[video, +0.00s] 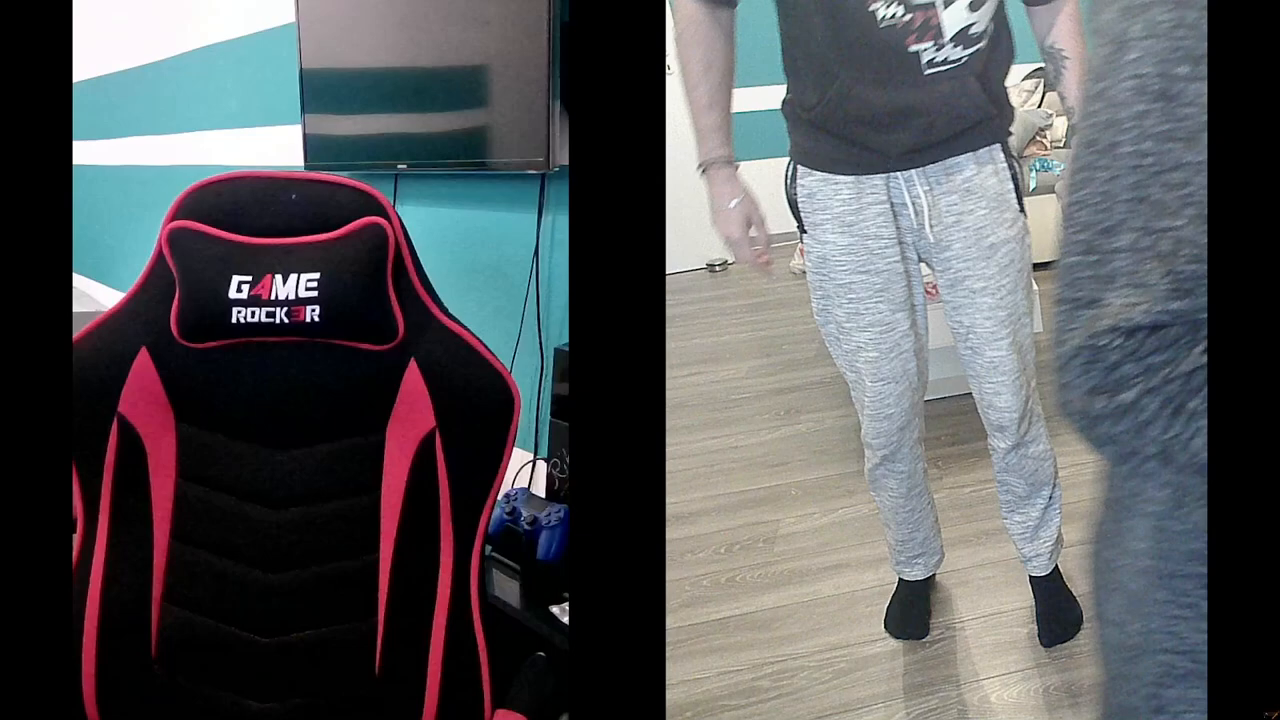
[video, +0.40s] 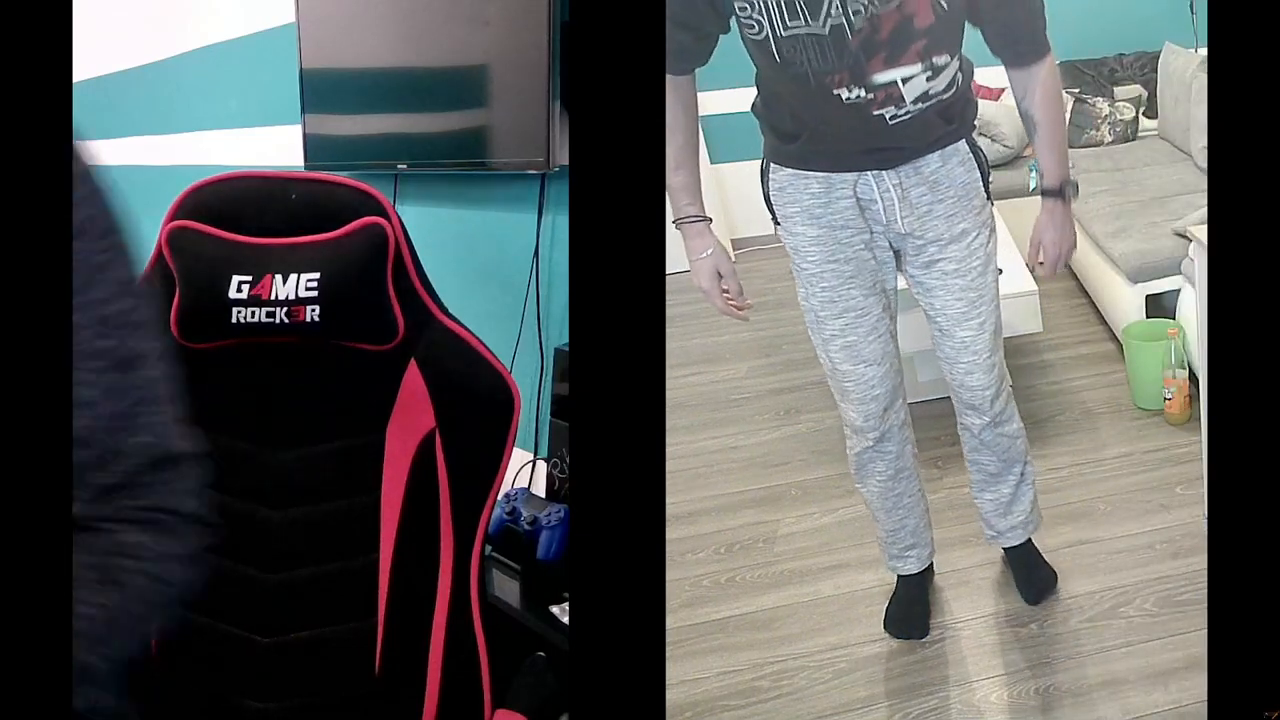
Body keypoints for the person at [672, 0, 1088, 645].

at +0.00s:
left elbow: (1051, 6)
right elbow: (702, 5)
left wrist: (1087, 118)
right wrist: (718, 166)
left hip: (967, 154)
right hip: (838, 174)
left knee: (1009, 399)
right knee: (884, 414)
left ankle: (1042, 561)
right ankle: (914, 563)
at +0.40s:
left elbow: (1031, 56)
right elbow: (675, 69)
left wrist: (1056, 194)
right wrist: (692, 221)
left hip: (938, 164)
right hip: (812, 188)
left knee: (980, 379)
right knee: (867, 406)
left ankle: (1015, 532)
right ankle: (910, 563)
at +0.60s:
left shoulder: (1013, 6)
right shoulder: (749, 3)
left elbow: (1053, 113)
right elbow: (690, 50)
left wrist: (1063, 263)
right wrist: (714, 211)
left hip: (948, 168)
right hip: (823, 182)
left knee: (980, 374)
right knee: (868, 394)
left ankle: (1011, 533)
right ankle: (911, 557)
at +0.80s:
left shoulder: (1027, 11)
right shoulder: (778, 3)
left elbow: (1069, 141)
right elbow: (713, 50)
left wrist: (1070, 286)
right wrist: (737, 206)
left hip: (957, 174)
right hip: (831, 182)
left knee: (982, 376)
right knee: (871, 390)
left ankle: (1010, 531)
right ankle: (909, 555)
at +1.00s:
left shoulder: (1035, 11)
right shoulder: (791, 5)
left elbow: (1080, 147)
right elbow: (723, 61)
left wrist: (1083, 294)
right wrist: (751, 218)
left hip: (968, 170)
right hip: (844, 177)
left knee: (989, 371)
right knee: (876, 382)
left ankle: (1011, 533)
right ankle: (908, 557)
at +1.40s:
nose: (908, 17)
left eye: (919, 14)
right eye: (898, 12)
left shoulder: (1004, 15)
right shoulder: (756, 12)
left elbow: (1066, 134)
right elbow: (703, 102)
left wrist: (1090, 274)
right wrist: (742, 249)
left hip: (946, 175)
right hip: (824, 185)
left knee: (979, 372)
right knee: (875, 390)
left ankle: (1010, 529)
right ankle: (910, 533)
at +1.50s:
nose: (922, 6)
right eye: (903, 0)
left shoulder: (991, 17)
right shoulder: (747, 17)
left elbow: (1060, 139)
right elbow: (691, 117)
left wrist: (1083, 277)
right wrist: (737, 266)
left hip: (935, 174)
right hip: (814, 186)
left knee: (972, 367)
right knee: (869, 389)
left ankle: (1009, 527)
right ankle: (908, 533)